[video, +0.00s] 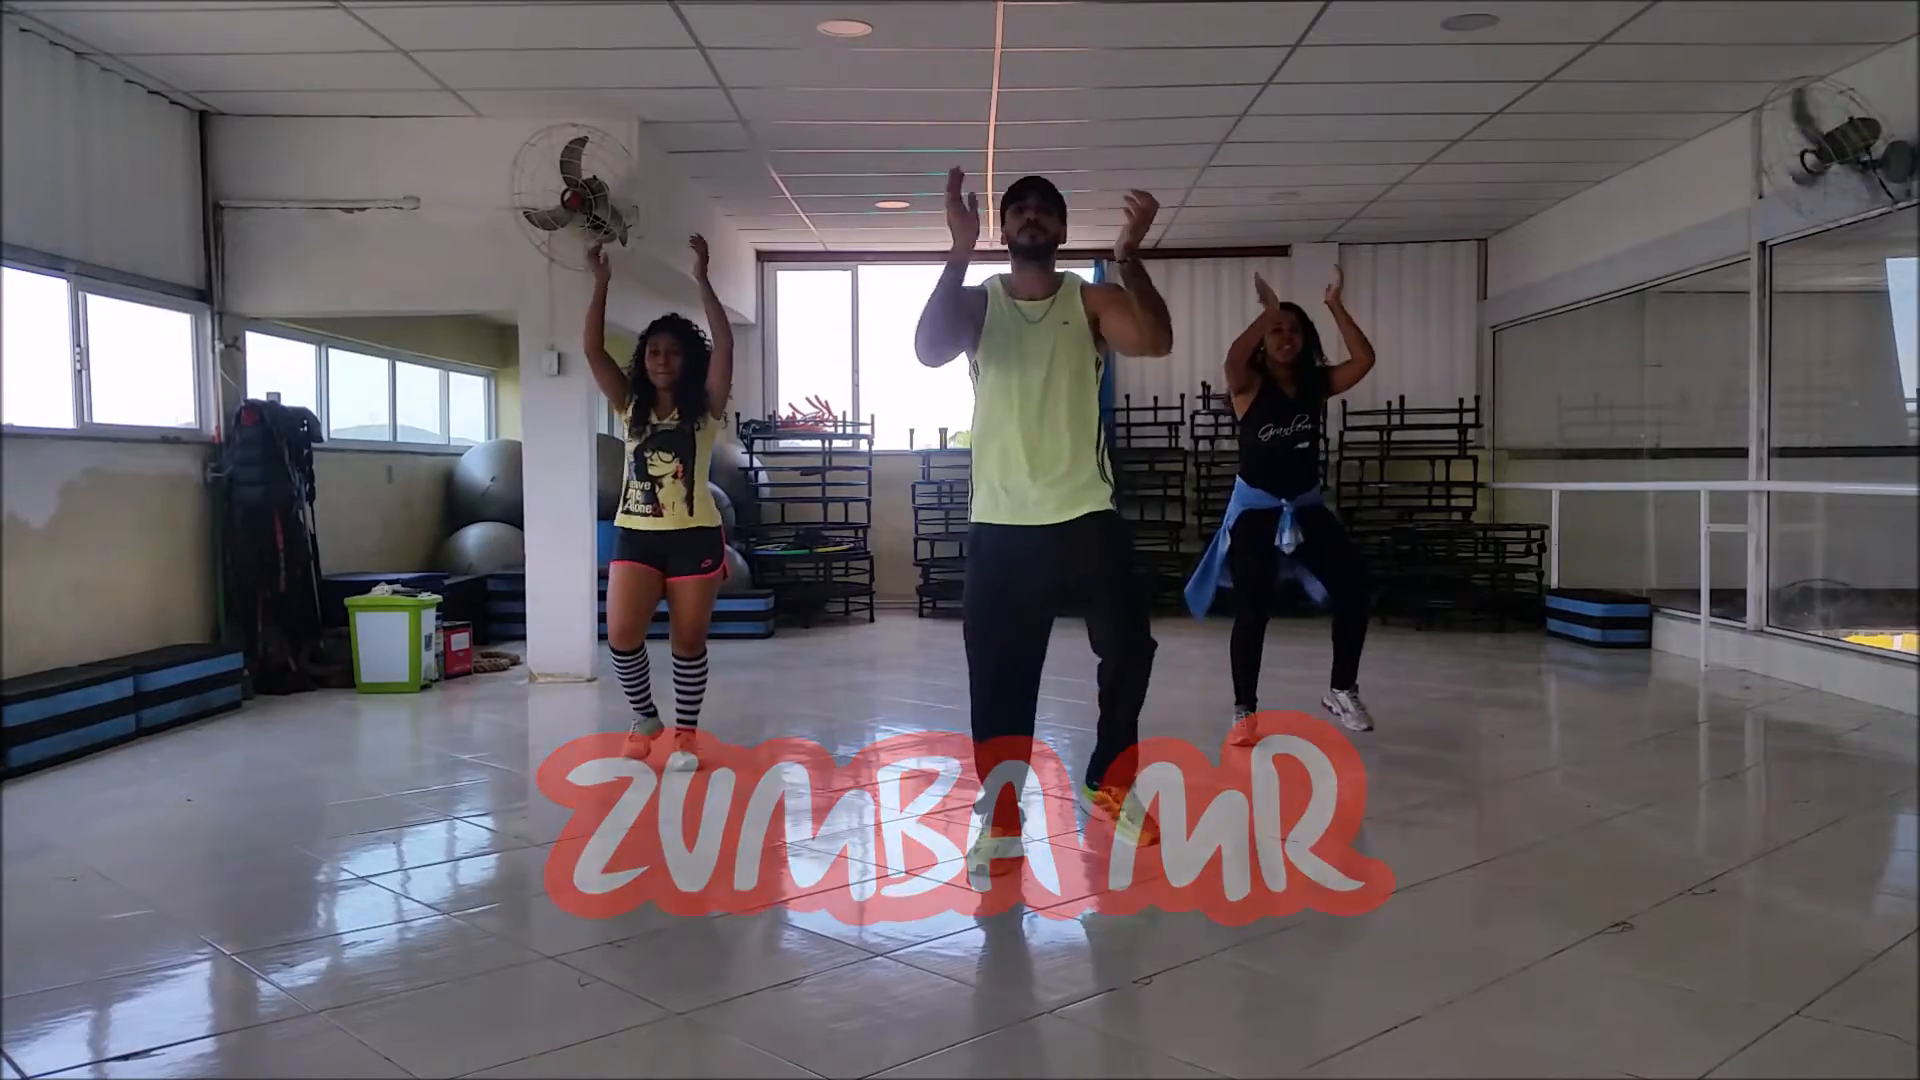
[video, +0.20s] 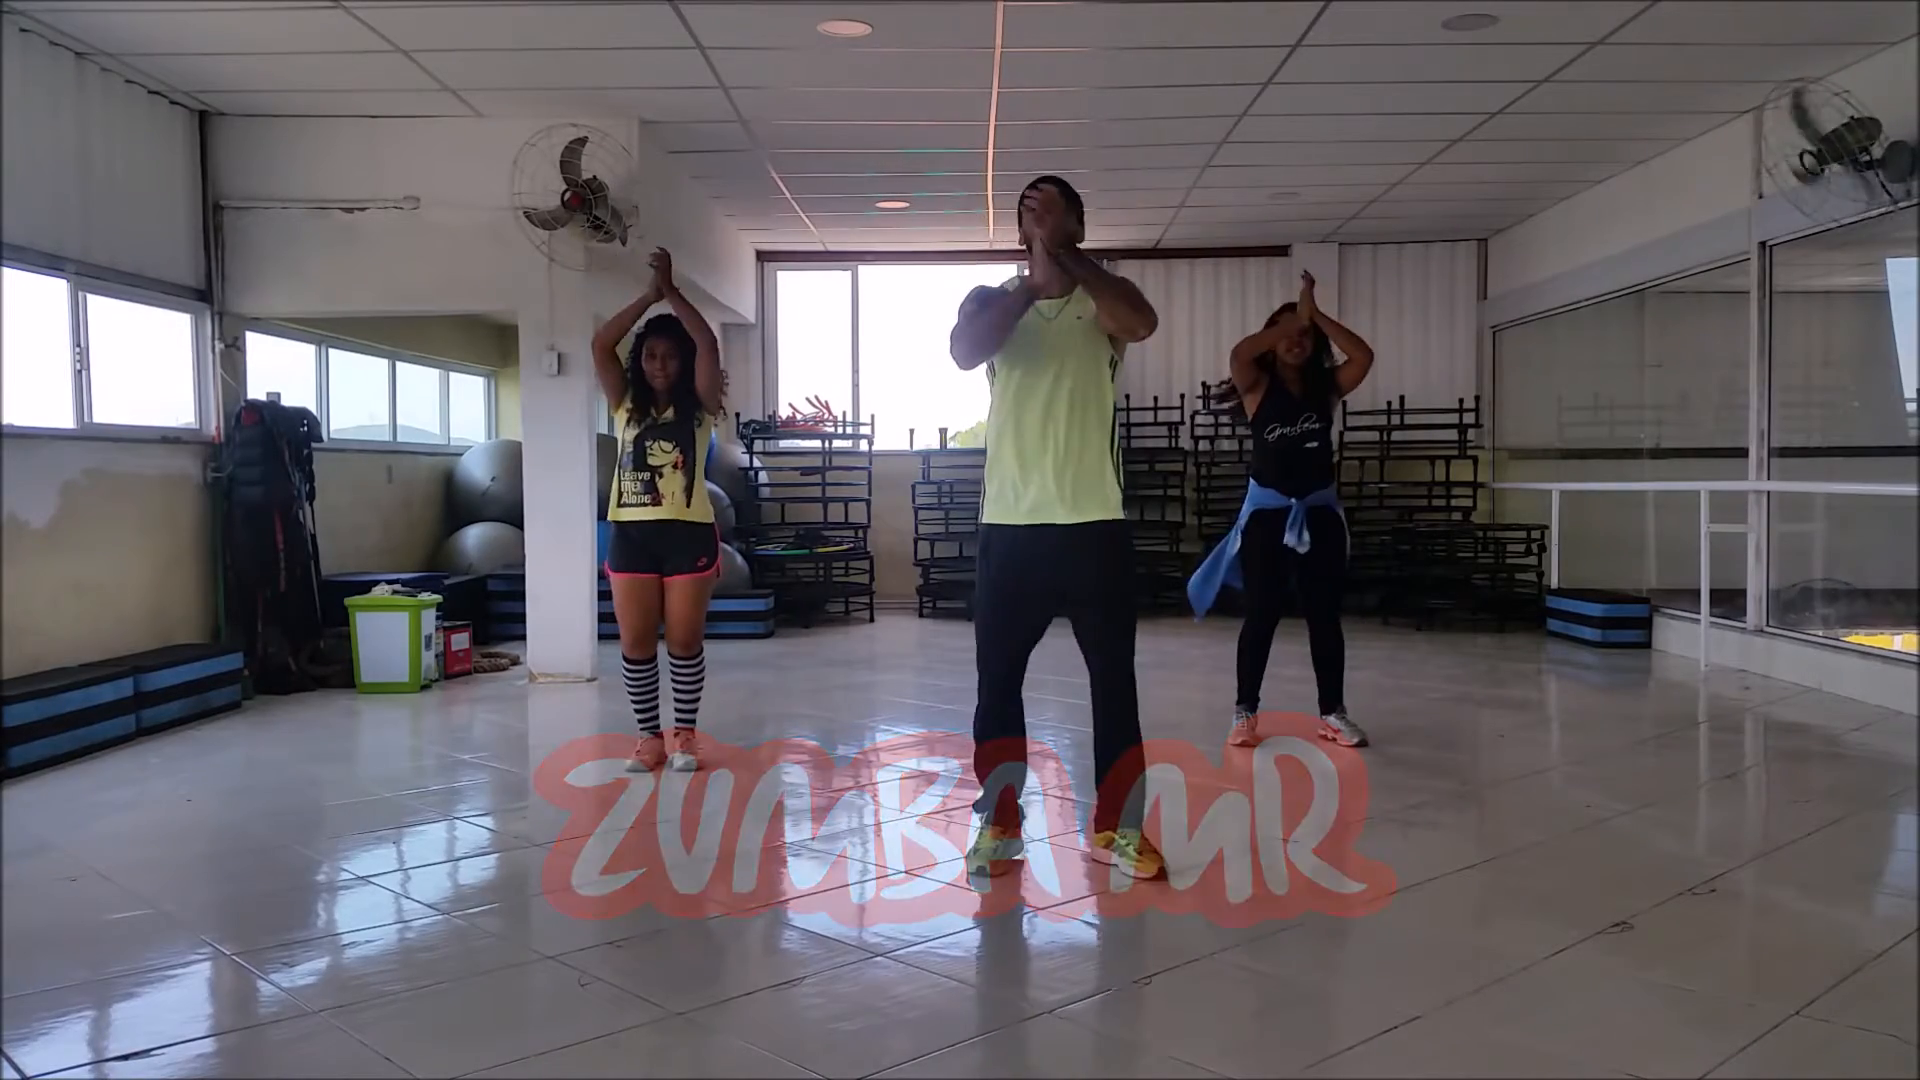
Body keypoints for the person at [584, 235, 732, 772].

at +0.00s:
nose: (662, 361)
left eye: (672, 353)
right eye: (654, 353)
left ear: (689, 360)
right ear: (642, 359)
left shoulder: (705, 406)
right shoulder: (630, 403)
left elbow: (724, 343)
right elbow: (592, 349)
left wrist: (703, 280)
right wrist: (601, 282)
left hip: (694, 539)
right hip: (635, 537)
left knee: (688, 645)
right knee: (622, 638)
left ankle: (685, 738)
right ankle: (646, 722)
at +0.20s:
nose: (659, 363)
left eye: (668, 355)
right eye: (651, 355)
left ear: (685, 360)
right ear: (639, 360)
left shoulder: (700, 405)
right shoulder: (625, 403)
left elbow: (707, 346)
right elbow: (602, 344)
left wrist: (671, 290)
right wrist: (650, 295)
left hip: (689, 540)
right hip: (631, 540)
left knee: (684, 645)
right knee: (636, 646)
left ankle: (684, 735)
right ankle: (648, 739)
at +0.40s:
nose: (655, 362)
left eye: (665, 354)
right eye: (646, 353)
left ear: (682, 362)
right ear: (634, 360)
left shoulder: (695, 408)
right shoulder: (616, 407)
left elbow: (723, 350)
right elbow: (583, 347)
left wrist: (704, 287)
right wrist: (597, 275)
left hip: (686, 540)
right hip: (628, 542)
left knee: (679, 635)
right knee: (633, 644)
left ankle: (689, 725)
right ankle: (649, 739)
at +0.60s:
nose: (655, 361)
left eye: (665, 354)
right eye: (647, 352)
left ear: (682, 358)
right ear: (635, 356)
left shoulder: (696, 402)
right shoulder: (621, 400)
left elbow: (711, 343)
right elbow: (599, 340)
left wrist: (687, 283)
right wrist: (625, 281)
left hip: (687, 536)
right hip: (630, 535)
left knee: (684, 641)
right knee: (639, 643)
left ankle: (687, 736)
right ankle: (649, 739)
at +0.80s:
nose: (662, 363)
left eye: (671, 354)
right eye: (654, 354)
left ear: (689, 359)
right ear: (642, 360)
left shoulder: (706, 405)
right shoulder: (629, 403)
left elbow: (725, 345)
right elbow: (596, 347)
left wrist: (689, 288)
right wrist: (631, 291)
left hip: (695, 542)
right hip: (636, 540)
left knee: (689, 644)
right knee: (623, 642)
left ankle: (686, 738)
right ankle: (644, 734)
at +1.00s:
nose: (664, 359)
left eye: (674, 351)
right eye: (656, 351)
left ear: (691, 360)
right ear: (645, 358)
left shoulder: (711, 412)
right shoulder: (628, 410)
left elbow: (763, 408)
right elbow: (564, 410)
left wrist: (726, 355)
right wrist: (588, 352)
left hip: (696, 540)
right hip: (637, 538)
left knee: (689, 641)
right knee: (620, 640)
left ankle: (688, 739)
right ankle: (626, 740)